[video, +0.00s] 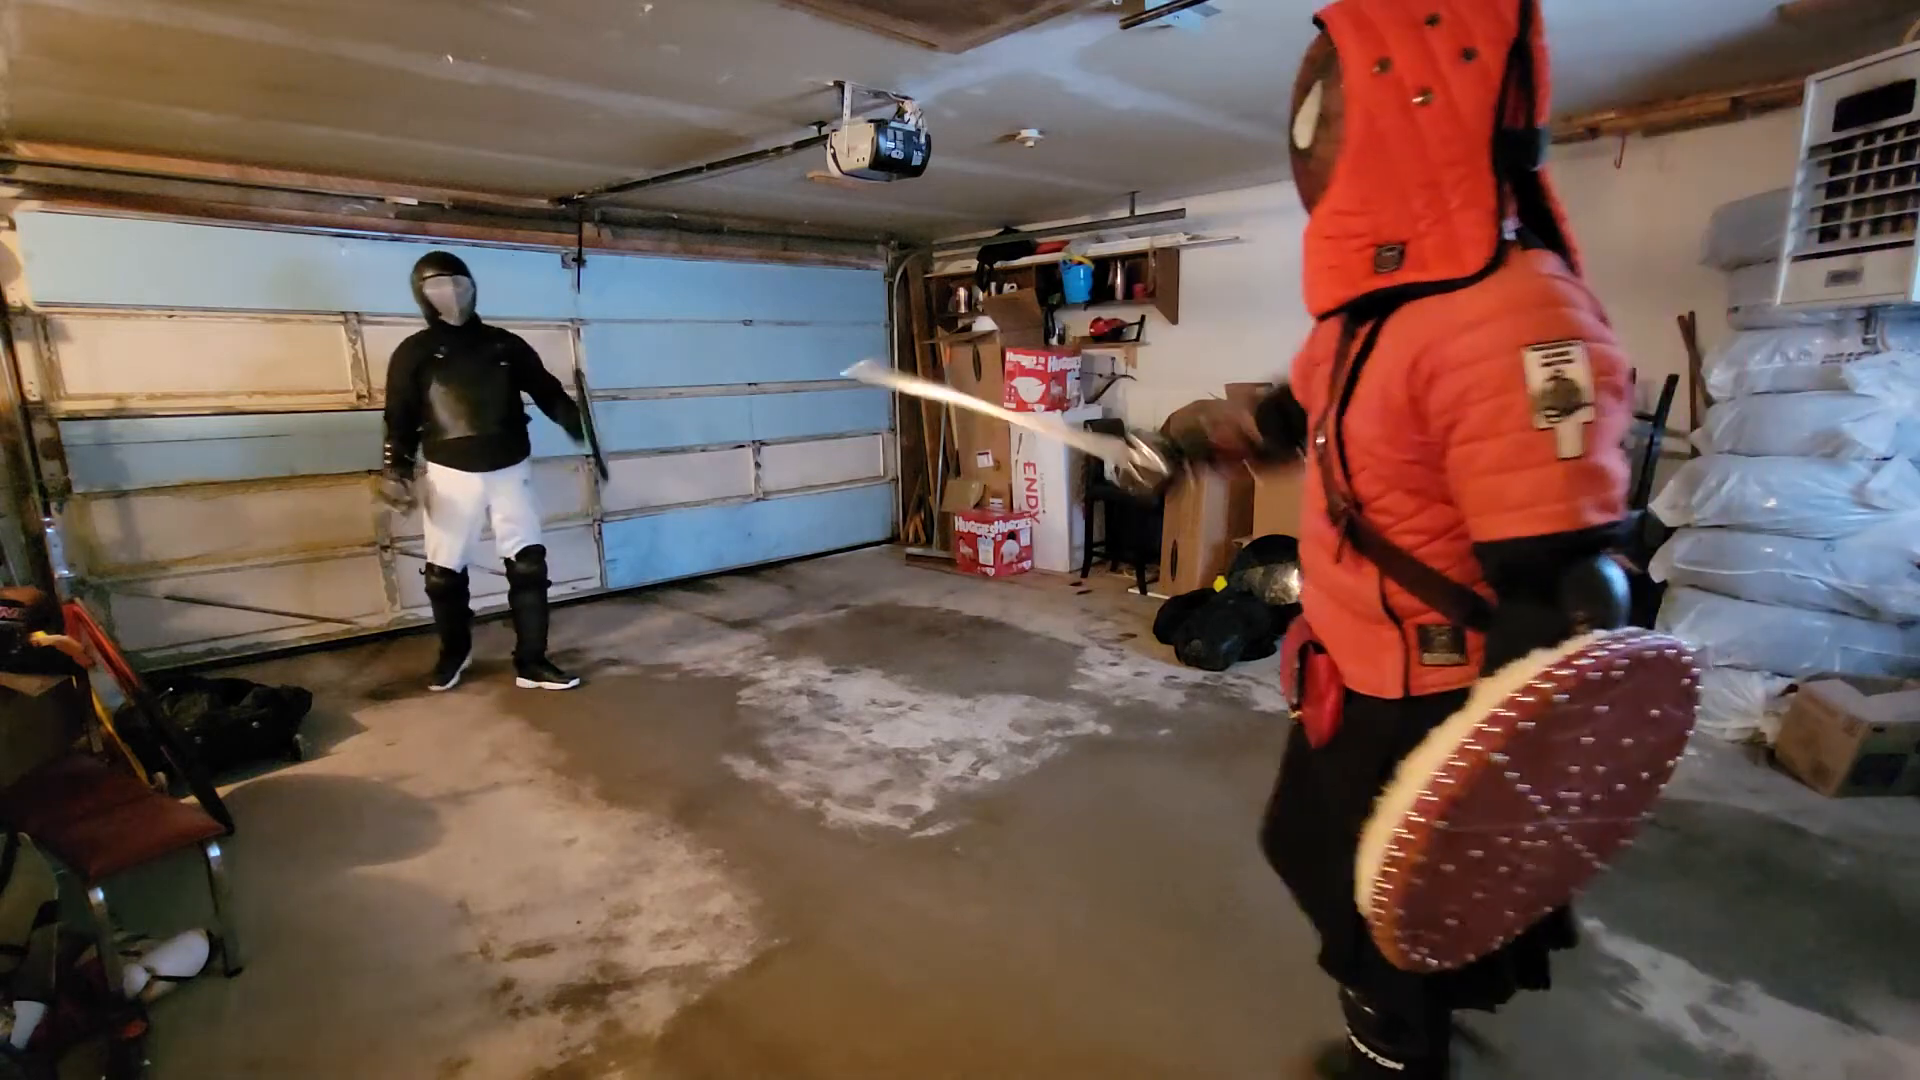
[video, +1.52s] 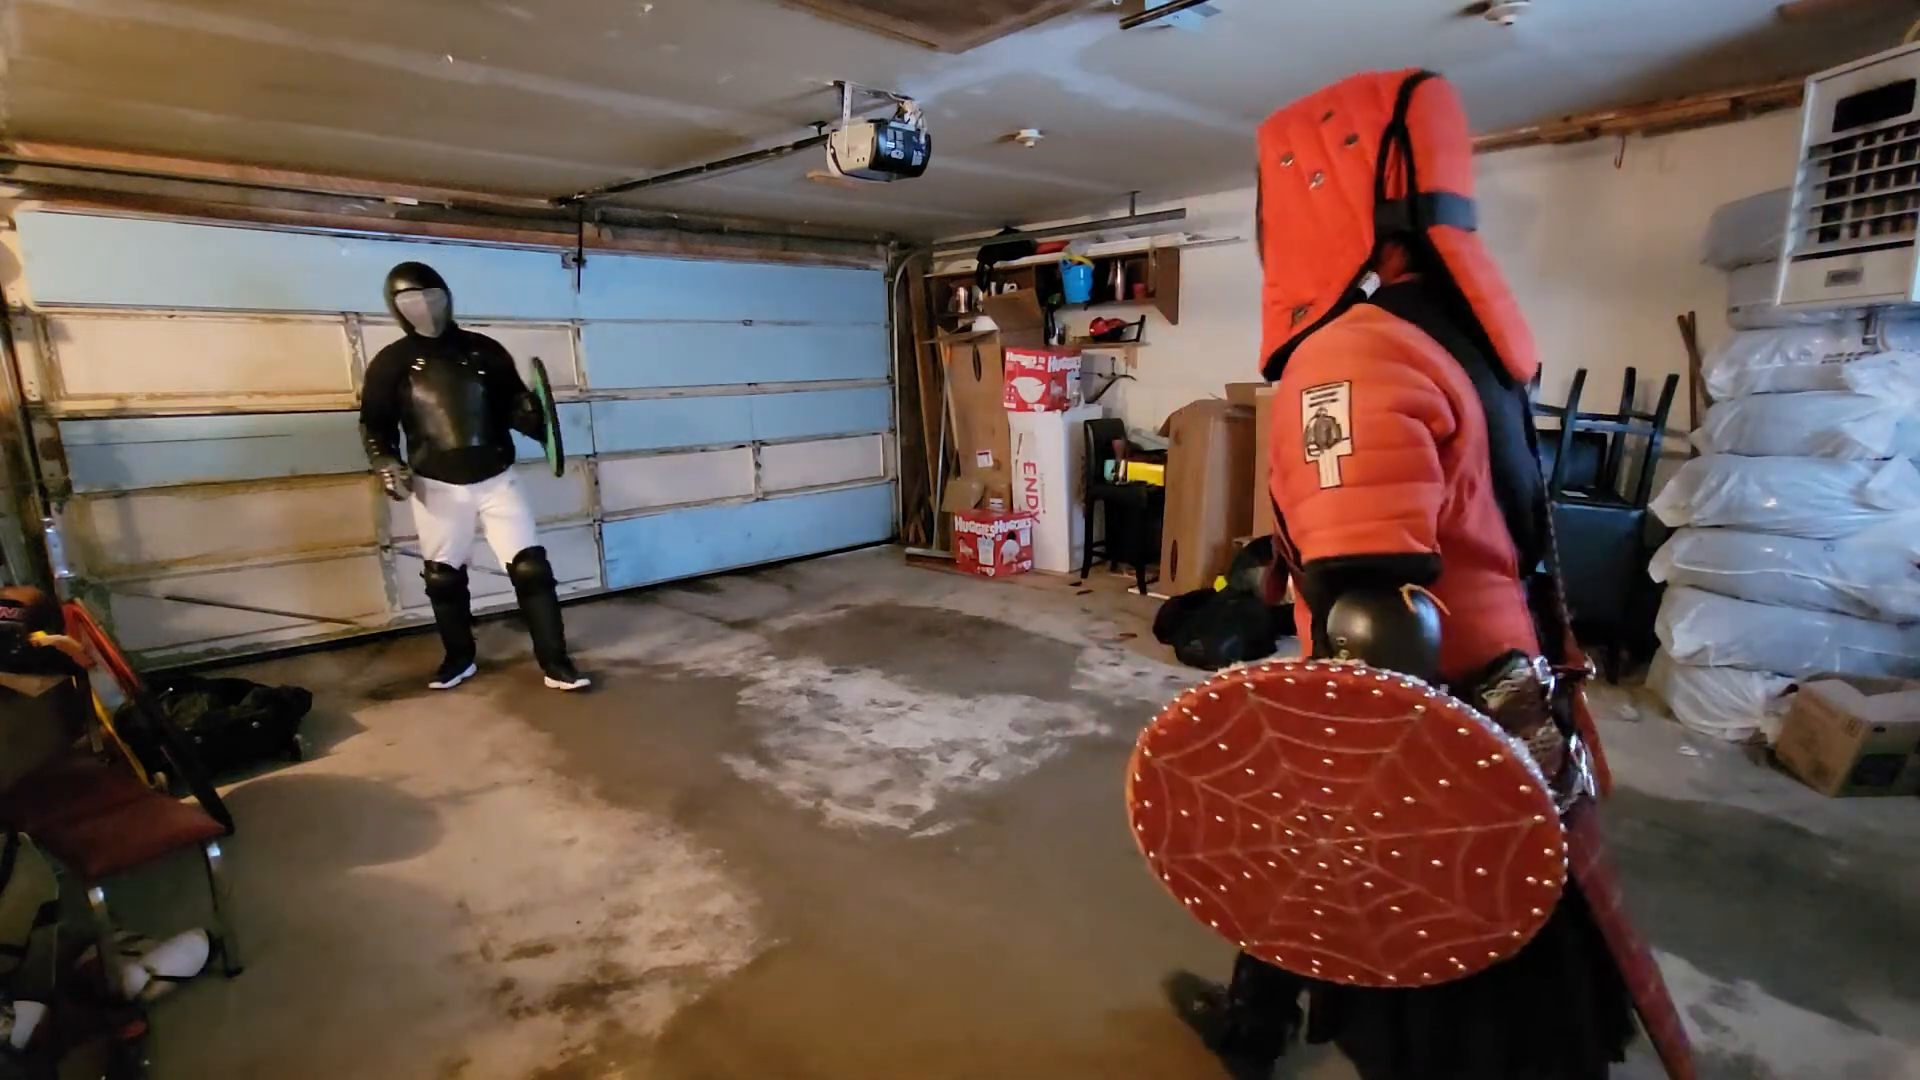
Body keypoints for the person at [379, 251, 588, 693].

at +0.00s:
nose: (451, 289)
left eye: (457, 280)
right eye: (438, 282)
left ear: (470, 287)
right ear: (423, 294)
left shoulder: (505, 345)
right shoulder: (412, 354)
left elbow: (546, 389)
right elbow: (399, 417)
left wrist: (574, 421)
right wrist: (397, 469)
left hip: (510, 473)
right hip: (449, 477)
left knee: (528, 564)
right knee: (443, 574)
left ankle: (532, 660)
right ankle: (454, 651)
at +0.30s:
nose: (413, 299)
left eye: (420, 289)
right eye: (401, 292)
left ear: (433, 291)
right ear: (386, 302)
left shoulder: (474, 341)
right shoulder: (381, 360)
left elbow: (538, 375)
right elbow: (362, 422)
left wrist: (522, 327)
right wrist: (342, 446)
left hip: (483, 474)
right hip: (425, 481)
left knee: (513, 562)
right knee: (434, 573)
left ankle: (528, 658)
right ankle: (458, 655)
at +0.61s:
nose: (397, 305)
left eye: (404, 294)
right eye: (384, 298)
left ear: (418, 294)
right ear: (372, 307)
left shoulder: (459, 339)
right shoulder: (369, 359)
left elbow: (515, 362)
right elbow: (350, 418)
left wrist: (478, 312)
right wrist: (333, 427)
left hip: (473, 466)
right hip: (415, 476)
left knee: (508, 551)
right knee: (429, 570)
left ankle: (520, 631)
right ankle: (458, 654)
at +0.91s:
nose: (396, 307)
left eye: (402, 296)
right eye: (382, 301)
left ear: (415, 296)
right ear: (368, 310)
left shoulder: (457, 340)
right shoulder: (368, 362)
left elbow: (513, 364)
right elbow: (354, 423)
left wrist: (474, 317)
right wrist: (339, 434)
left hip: (472, 468)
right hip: (413, 477)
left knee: (489, 561)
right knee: (428, 569)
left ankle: (513, 644)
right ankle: (458, 654)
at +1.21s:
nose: (402, 304)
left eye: (408, 293)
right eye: (389, 298)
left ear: (422, 295)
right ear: (374, 308)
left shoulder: (459, 345)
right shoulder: (370, 363)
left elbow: (514, 399)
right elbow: (360, 426)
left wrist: (493, 347)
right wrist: (360, 454)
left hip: (478, 471)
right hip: (419, 482)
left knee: (513, 558)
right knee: (432, 572)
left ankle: (527, 641)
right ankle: (459, 655)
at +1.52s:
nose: (419, 303)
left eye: (426, 292)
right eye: (407, 297)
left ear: (444, 296)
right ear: (396, 308)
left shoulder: (486, 351)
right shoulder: (390, 364)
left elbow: (517, 405)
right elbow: (375, 424)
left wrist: (537, 421)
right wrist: (387, 464)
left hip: (497, 482)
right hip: (437, 489)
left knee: (531, 568)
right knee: (442, 580)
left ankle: (555, 661)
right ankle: (459, 657)